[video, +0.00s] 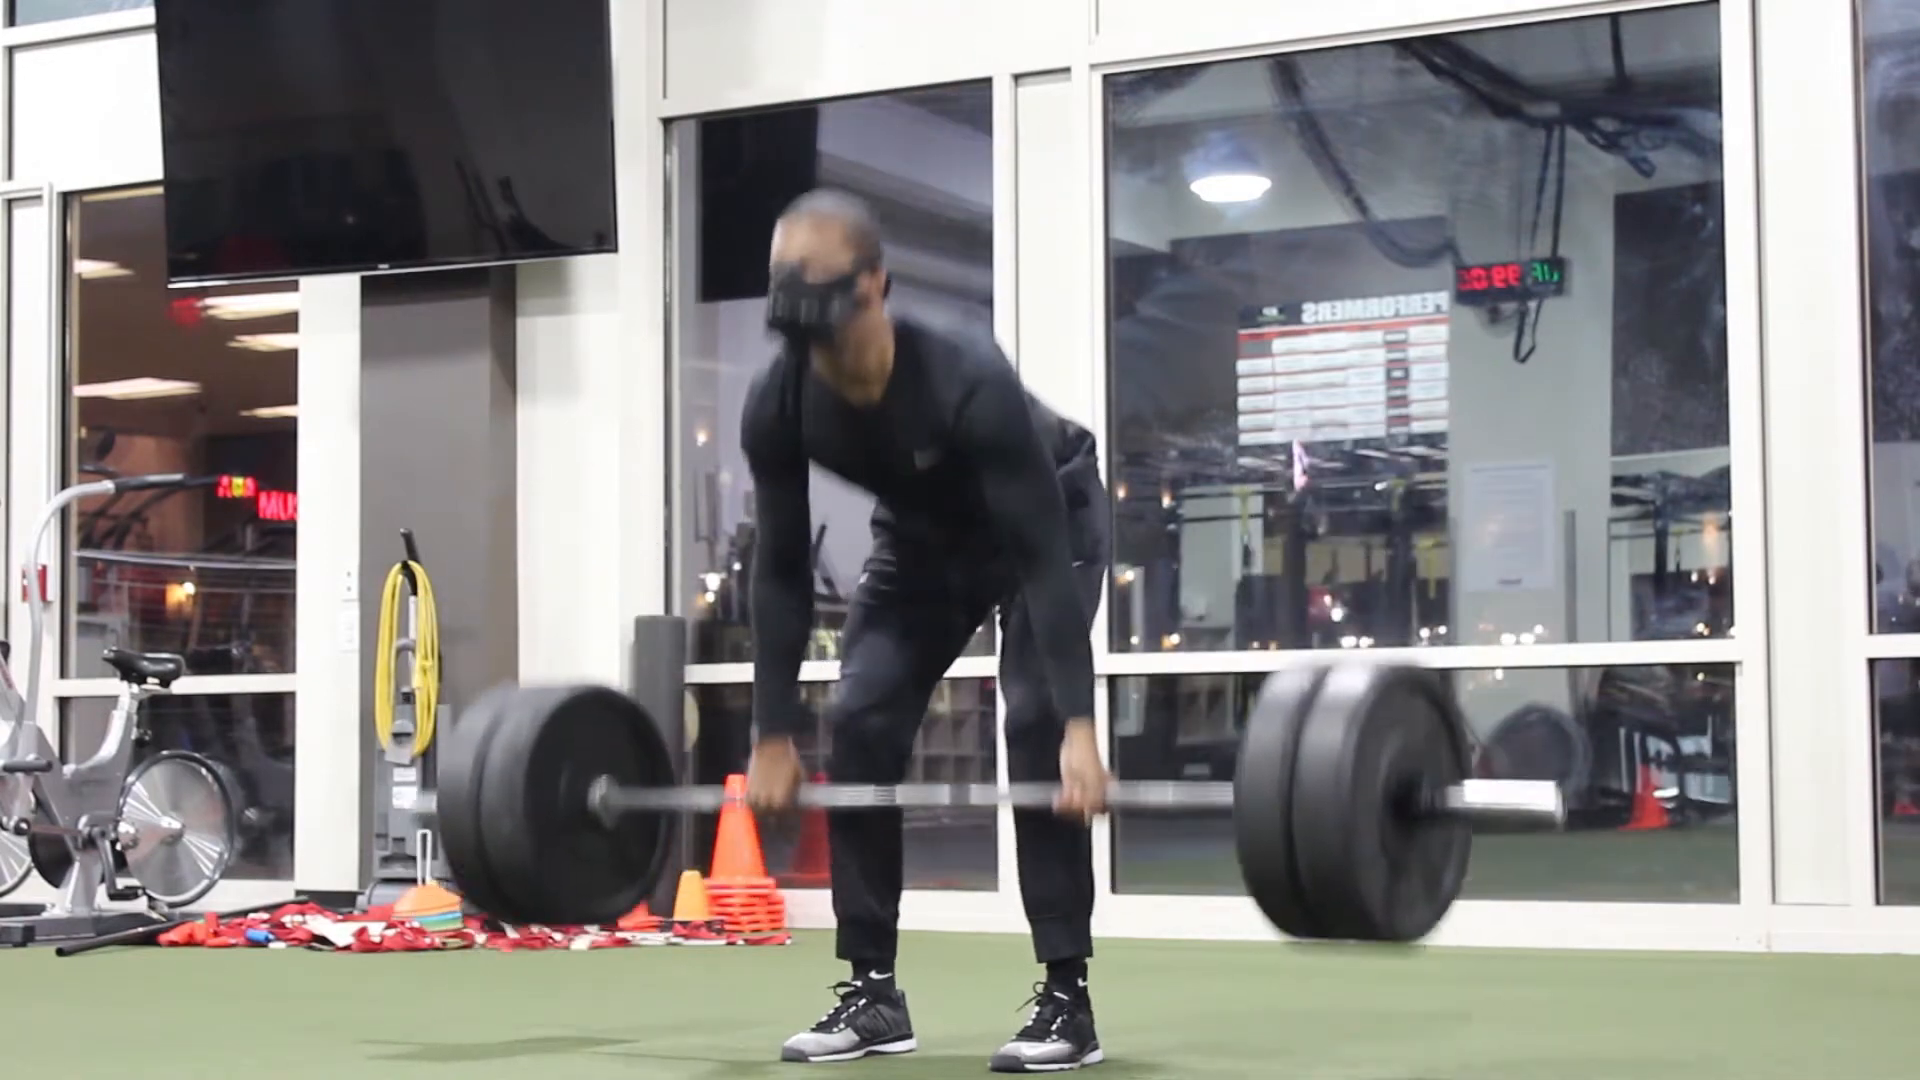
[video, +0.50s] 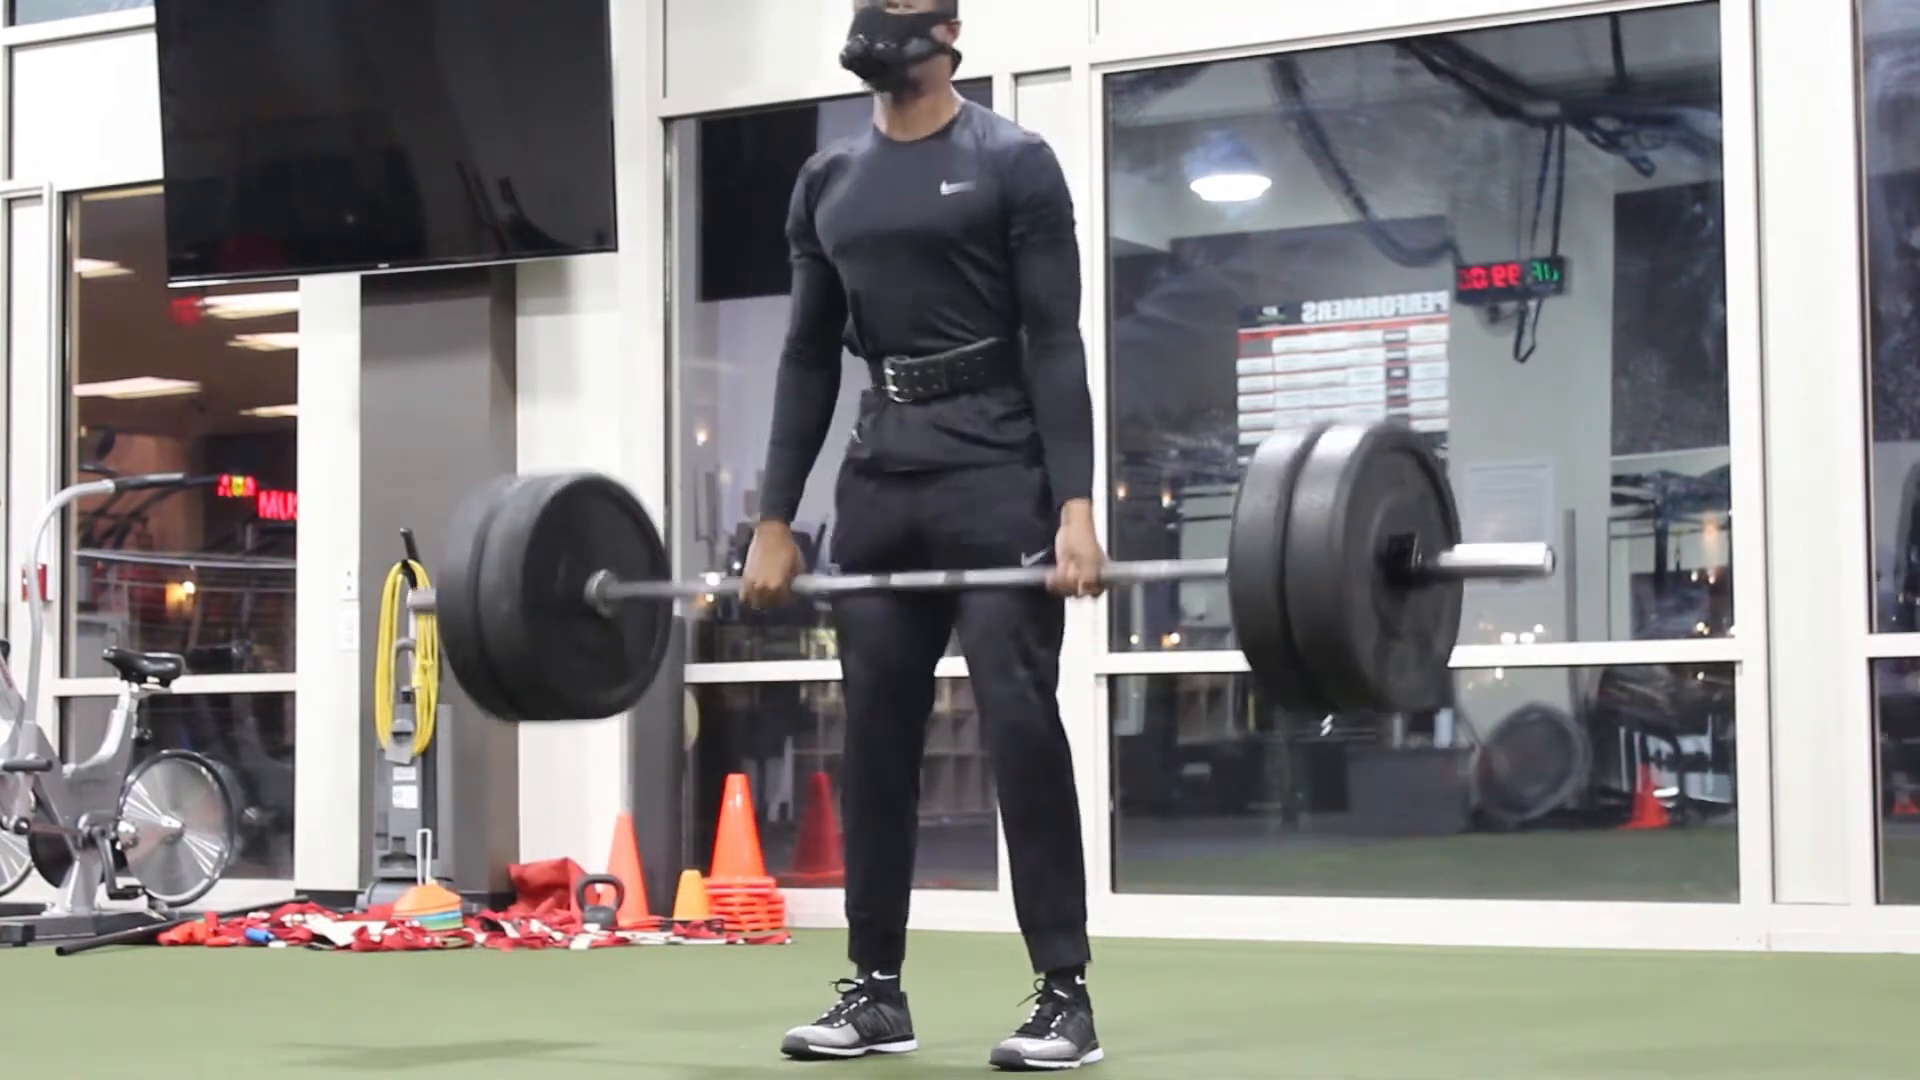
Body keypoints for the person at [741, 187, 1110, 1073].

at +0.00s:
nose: (795, 299)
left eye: (817, 280)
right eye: (783, 280)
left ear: (874, 284)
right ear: (773, 285)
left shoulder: (968, 379)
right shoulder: (778, 409)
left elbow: (1047, 554)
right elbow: (782, 569)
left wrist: (1079, 722)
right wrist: (772, 732)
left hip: (1040, 516)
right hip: (923, 532)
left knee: (1034, 730)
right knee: (861, 723)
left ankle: (1065, 995)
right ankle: (871, 993)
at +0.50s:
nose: (887, 22)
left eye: (912, 10)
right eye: (874, 12)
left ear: (953, 34)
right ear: (853, 37)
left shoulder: (1016, 161)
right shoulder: (825, 182)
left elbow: (1056, 339)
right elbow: (809, 356)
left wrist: (1076, 499)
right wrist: (774, 514)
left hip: (1003, 451)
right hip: (883, 455)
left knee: (1018, 719)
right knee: (876, 731)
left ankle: (1063, 995)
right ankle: (875, 991)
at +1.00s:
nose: (804, 381)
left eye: (828, 364)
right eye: (796, 361)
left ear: (885, 367)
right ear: (786, 359)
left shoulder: (978, 457)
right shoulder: (788, 486)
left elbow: (1048, 651)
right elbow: (781, 658)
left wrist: (1075, 831)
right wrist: (764, 830)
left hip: (1052, 554)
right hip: (936, 575)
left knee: (1008, 731)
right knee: (832, 735)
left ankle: (1062, 1002)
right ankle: (871, 998)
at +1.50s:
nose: (806, 206)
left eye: (830, 190)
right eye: (799, 187)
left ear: (889, 197)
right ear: (788, 191)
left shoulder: (980, 308)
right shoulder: (789, 328)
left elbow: (1051, 479)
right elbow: (785, 497)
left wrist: (1082, 656)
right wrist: (775, 665)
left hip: (1034, 502)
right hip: (919, 509)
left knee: (1041, 733)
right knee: (868, 725)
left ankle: (1065, 998)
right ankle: (873, 992)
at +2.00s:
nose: (890, 57)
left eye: (914, 42)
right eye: (877, 41)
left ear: (958, 61)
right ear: (857, 62)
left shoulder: (1019, 196)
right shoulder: (835, 206)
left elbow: (1055, 380)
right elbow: (811, 384)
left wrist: (1080, 541)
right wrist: (776, 545)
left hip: (1024, 481)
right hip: (909, 479)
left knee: (1025, 729)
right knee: (872, 727)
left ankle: (1064, 1001)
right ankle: (873, 997)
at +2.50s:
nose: (797, 418)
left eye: (818, 401)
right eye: (788, 401)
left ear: (882, 414)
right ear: (777, 406)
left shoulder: (983, 496)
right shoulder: (785, 517)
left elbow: (1060, 672)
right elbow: (782, 685)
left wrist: (1087, 858)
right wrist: (770, 858)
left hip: (1054, 572)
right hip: (932, 597)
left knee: (1007, 734)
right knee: (829, 740)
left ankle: (1062, 1005)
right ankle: (871, 998)